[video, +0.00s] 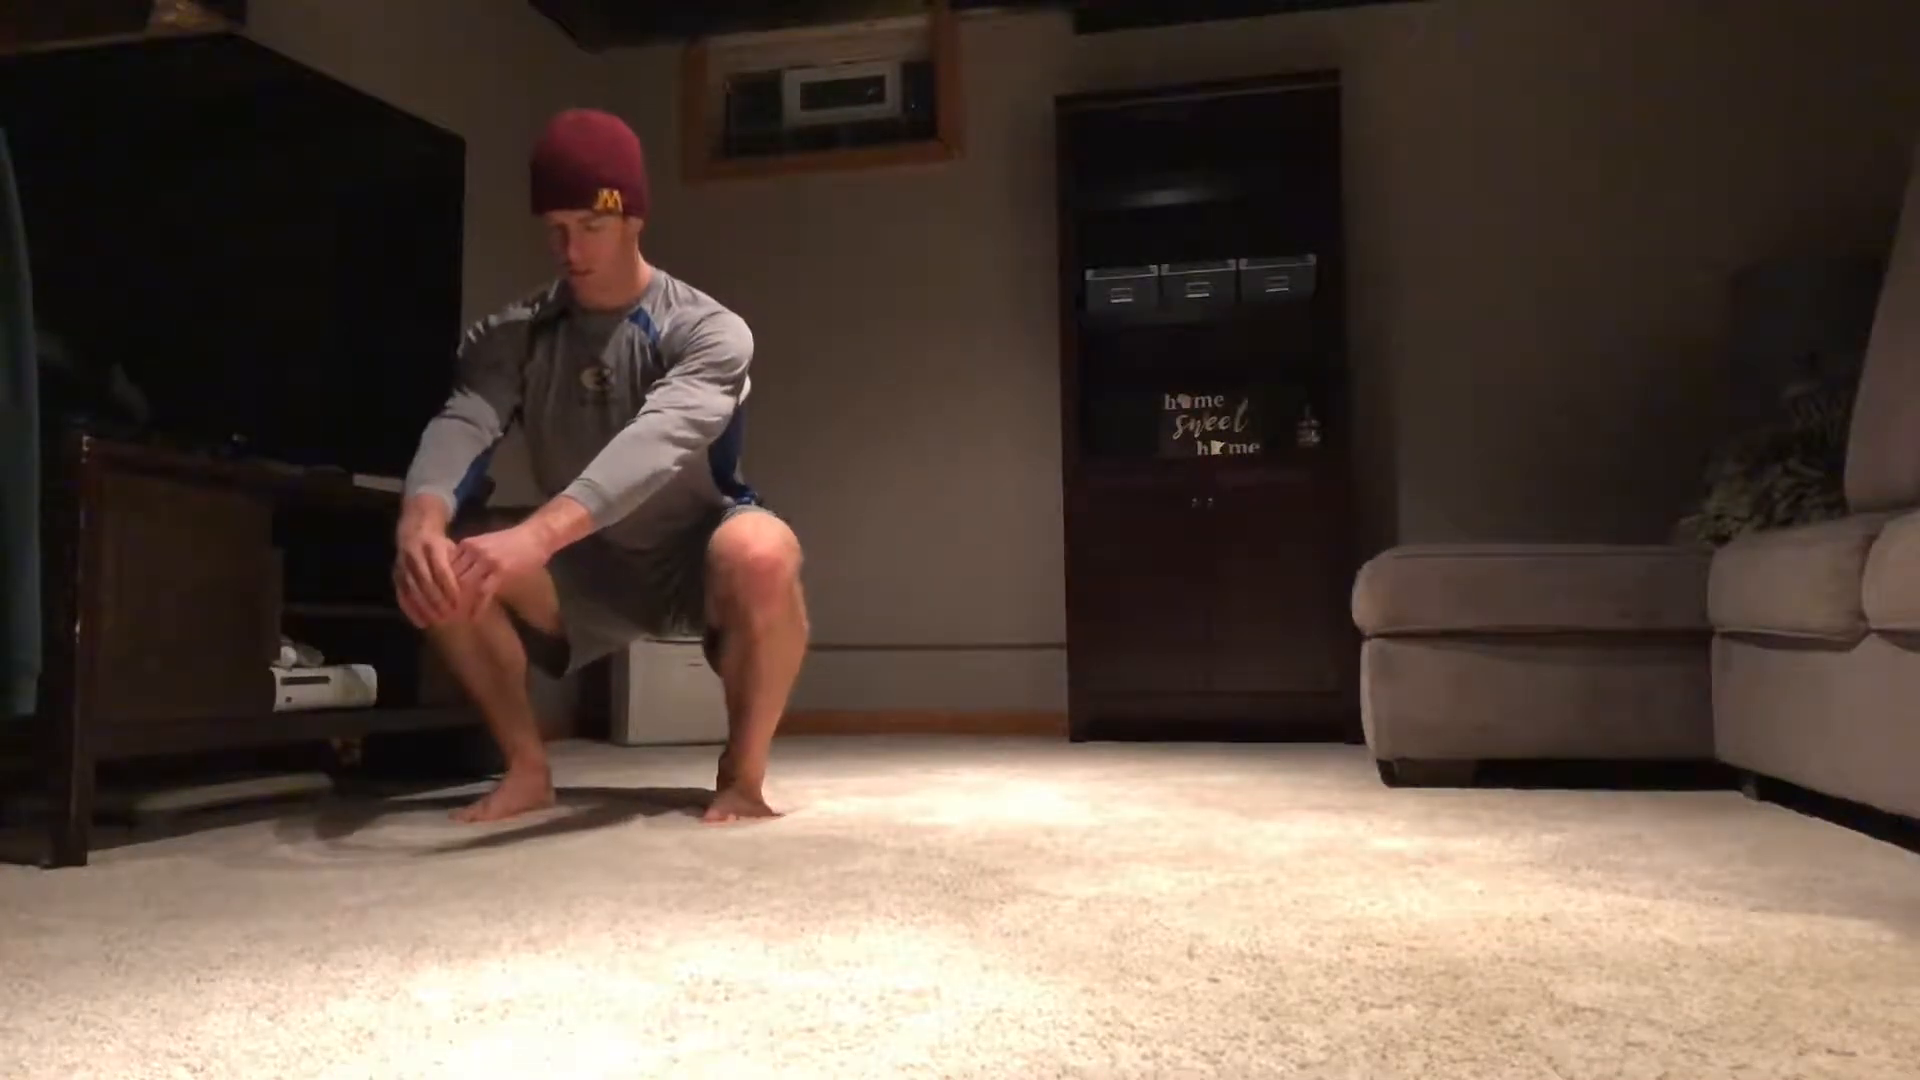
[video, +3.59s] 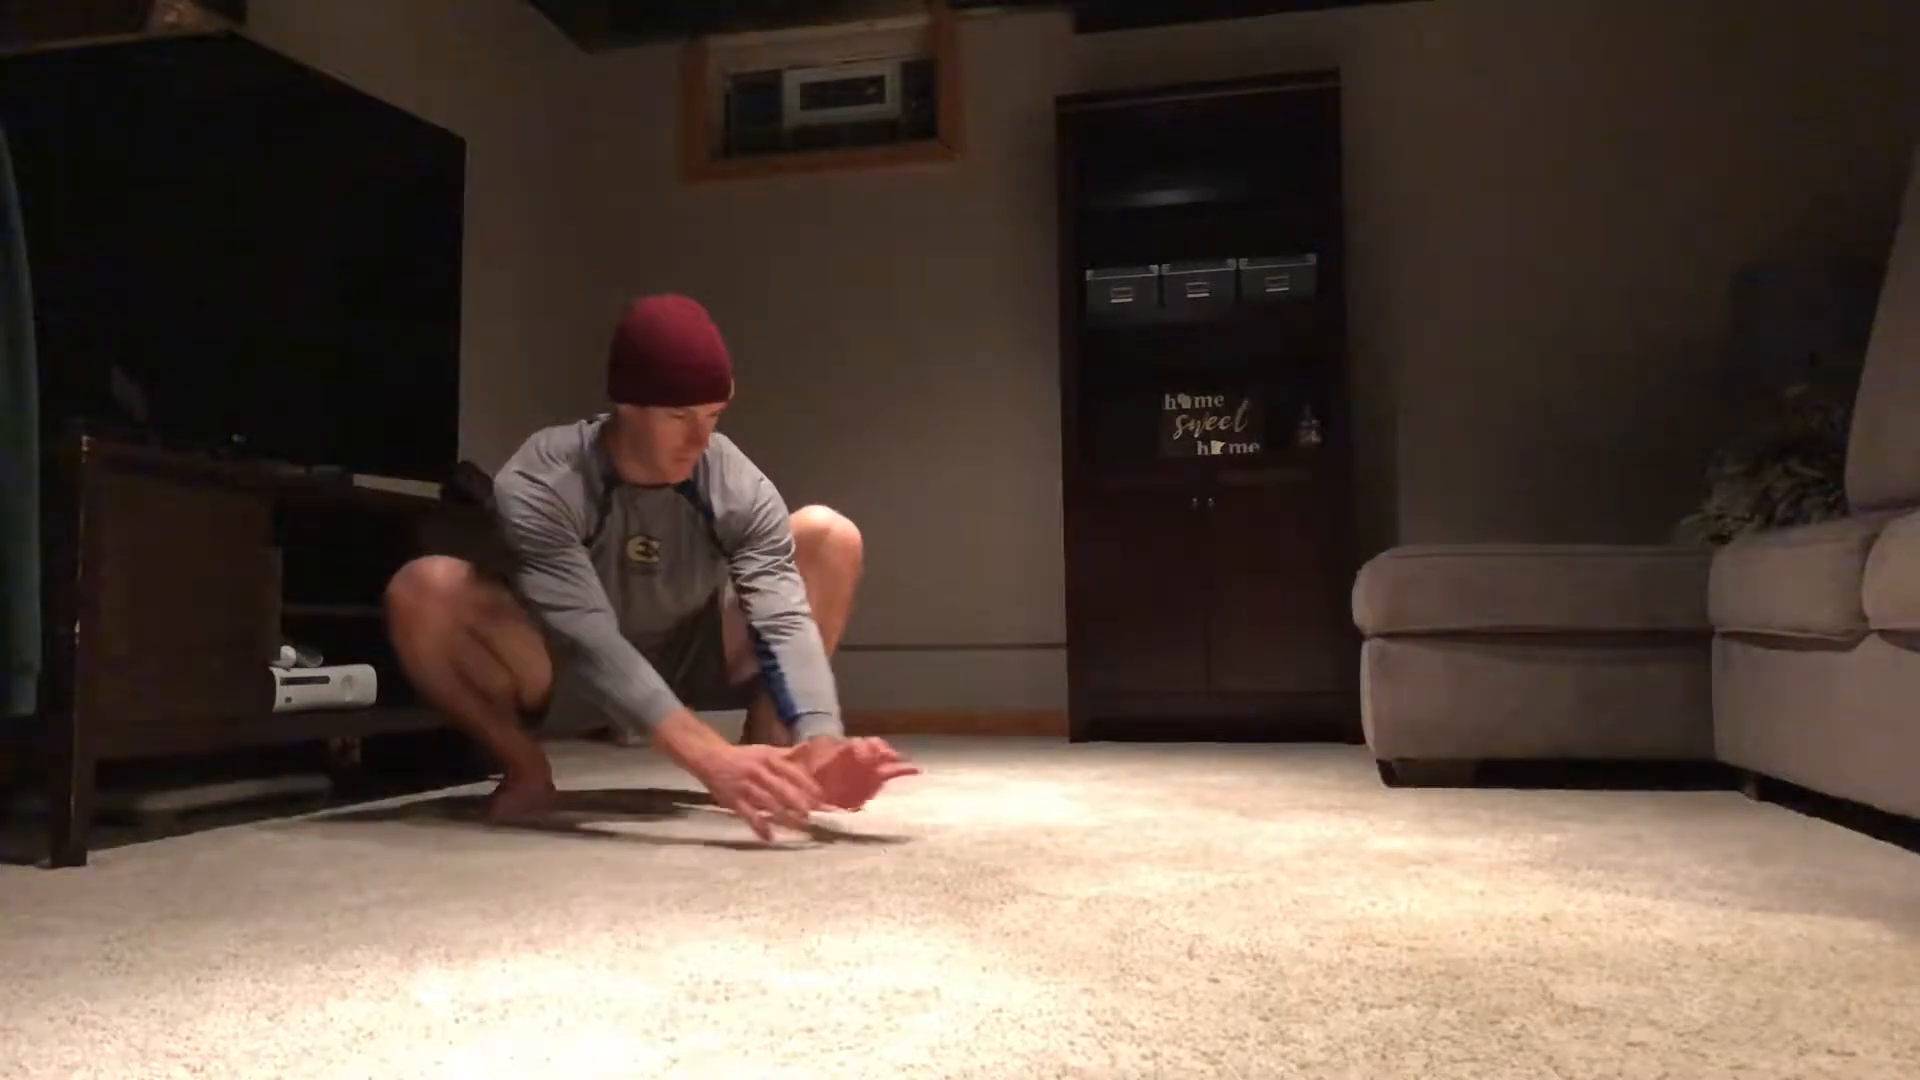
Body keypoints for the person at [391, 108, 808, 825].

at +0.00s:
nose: (570, 251)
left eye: (588, 229)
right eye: (557, 231)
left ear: (633, 219)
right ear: (542, 227)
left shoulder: (712, 335)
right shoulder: (514, 334)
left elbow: (653, 448)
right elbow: (461, 425)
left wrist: (535, 537)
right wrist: (419, 520)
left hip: (696, 564)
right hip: (582, 569)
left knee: (762, 547)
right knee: (446, 571)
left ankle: (744, 778)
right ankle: (526, 769)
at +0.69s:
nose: (580, 347)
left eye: (597, 321)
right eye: (564, 324)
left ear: (640, 314)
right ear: (549, 322)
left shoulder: (714, 420)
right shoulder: (512, 425)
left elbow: (655, 529)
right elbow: (455, 512)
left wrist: (535, 618)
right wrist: (413, 597)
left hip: (691, 655)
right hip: (578, 661)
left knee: (765, 551)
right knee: (464, 565)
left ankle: (741, 780)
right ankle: (525, 773)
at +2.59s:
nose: (631, 379)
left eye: (641, 358)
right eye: (610, 359)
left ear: (650, 353)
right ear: (555, 356)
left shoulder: (684, 458)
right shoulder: (471, 455)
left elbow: (636, 590)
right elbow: (430, 563)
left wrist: (548, 710)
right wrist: (423, 680)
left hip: (658, 667)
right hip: (539, 672)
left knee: (793, 533)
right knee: (397, 577)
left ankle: (752, 768)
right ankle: (521, 775)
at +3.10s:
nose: (642, 404)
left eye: (654, 384)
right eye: (622, 386)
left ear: (667, 375)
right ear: (569, 378)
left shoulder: (694, 479)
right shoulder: (478, 468)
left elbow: (668, 621)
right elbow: (451, 600)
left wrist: (611, 755)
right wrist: (500, 734)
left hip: (659, 670)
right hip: (545, 674)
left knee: (802, 531)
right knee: (395, 586)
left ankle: (754, 769)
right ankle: (525, 776)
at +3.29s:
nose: (659, 414)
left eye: (671, 394)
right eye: (638, 394)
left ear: (684, 387)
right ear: (586, 387)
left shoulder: (709, 487)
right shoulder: (493, 474)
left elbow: (703, 627)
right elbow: (496, 619)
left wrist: (674, 745)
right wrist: (569, 744)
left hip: (663, 679)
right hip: (549, 683)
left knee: (810, 533)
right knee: (402, 585)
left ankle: (757, 768)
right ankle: (526, 771)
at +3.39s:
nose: (669, 422)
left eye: (681, 401)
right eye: (648, 401)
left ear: (693, 394)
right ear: (596, 395)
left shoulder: (717, 489)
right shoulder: (506, 477)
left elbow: (729, 626)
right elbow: (526, 624)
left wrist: (722, 748)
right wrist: (626, 750)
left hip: (670, 672)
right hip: (555, 675)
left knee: (816, 534)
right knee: (409, 588)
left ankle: (751, 763)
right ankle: (524, 773)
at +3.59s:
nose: (699, 438)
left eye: (711, 417)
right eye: (680, 417)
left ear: (723, 408)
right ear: (625, 406)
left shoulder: (741, 492)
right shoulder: (537, 486)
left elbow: (788, 627)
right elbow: (595, 643)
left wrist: (818, 746)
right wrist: (712, 759)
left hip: (688, 666)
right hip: (571, 670)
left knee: (831, 536)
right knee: (422, 591)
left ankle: (775, 748)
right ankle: (527, 773)